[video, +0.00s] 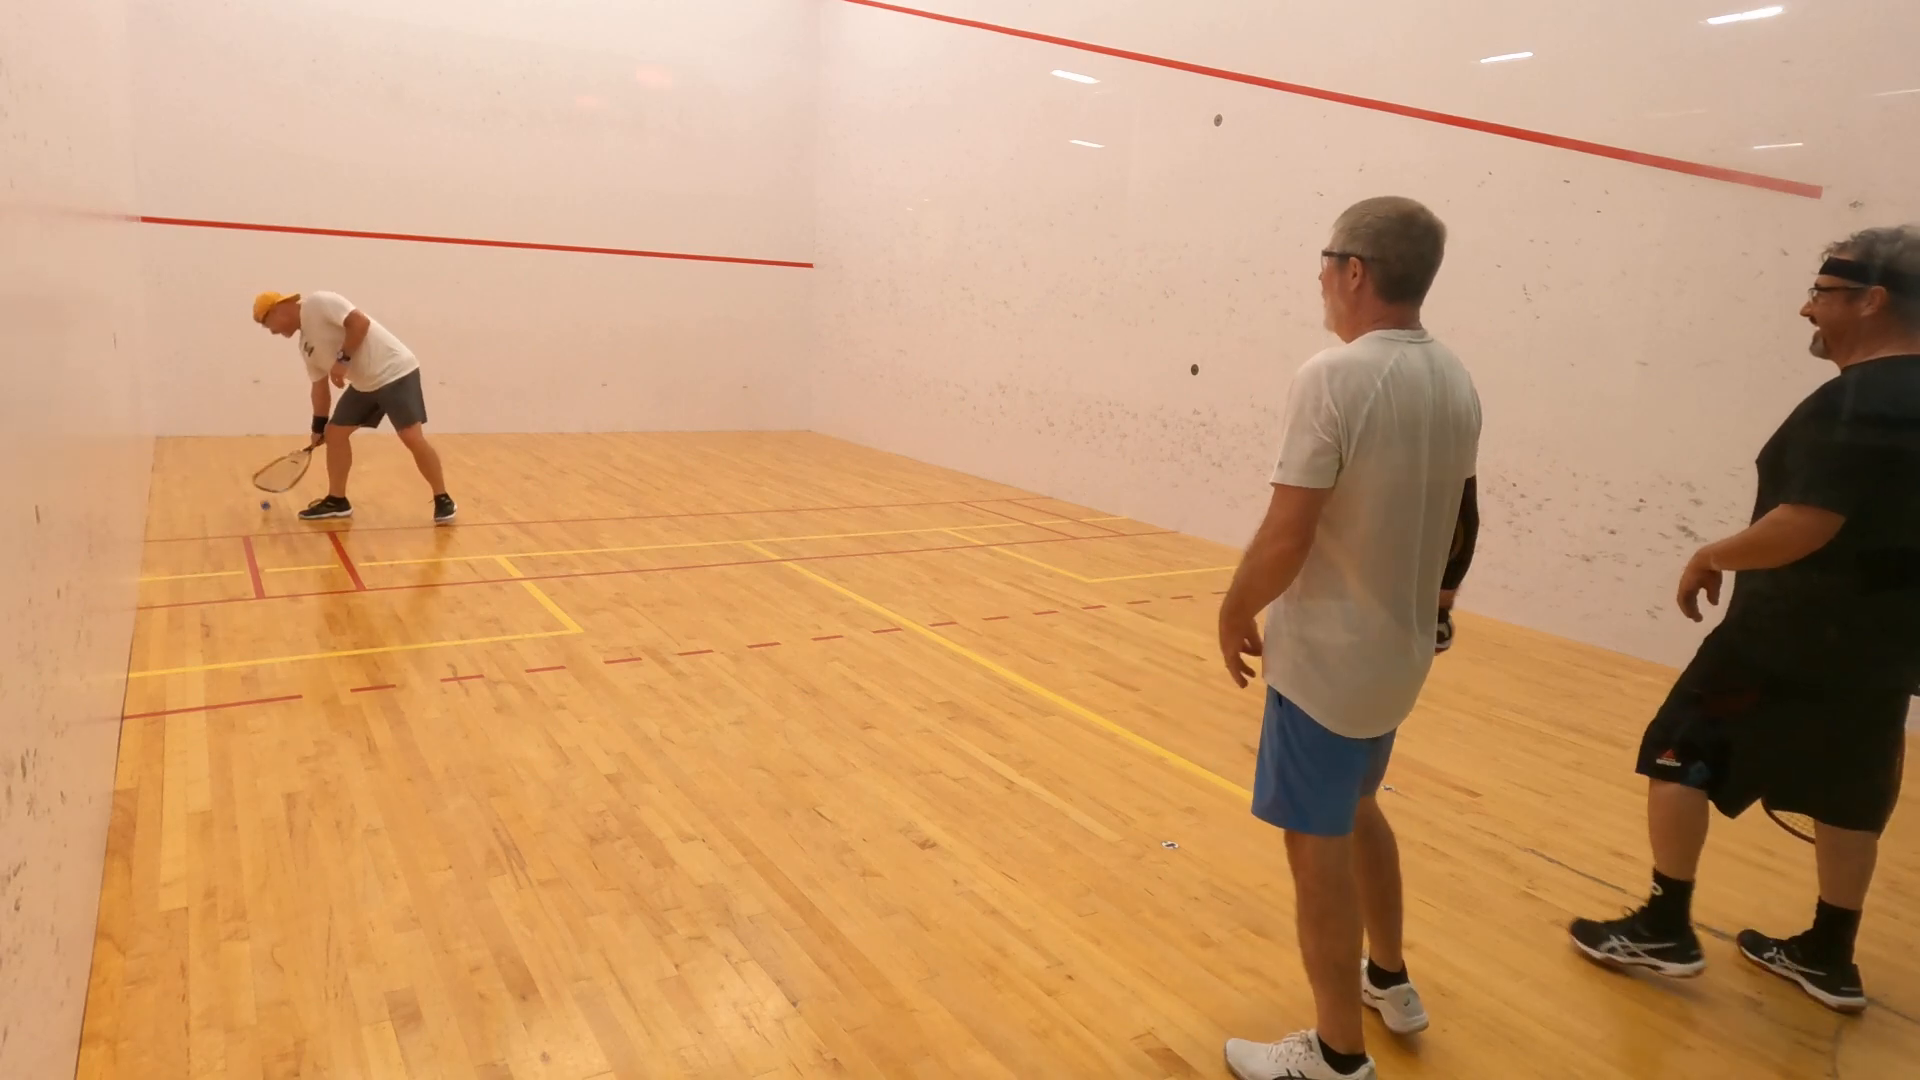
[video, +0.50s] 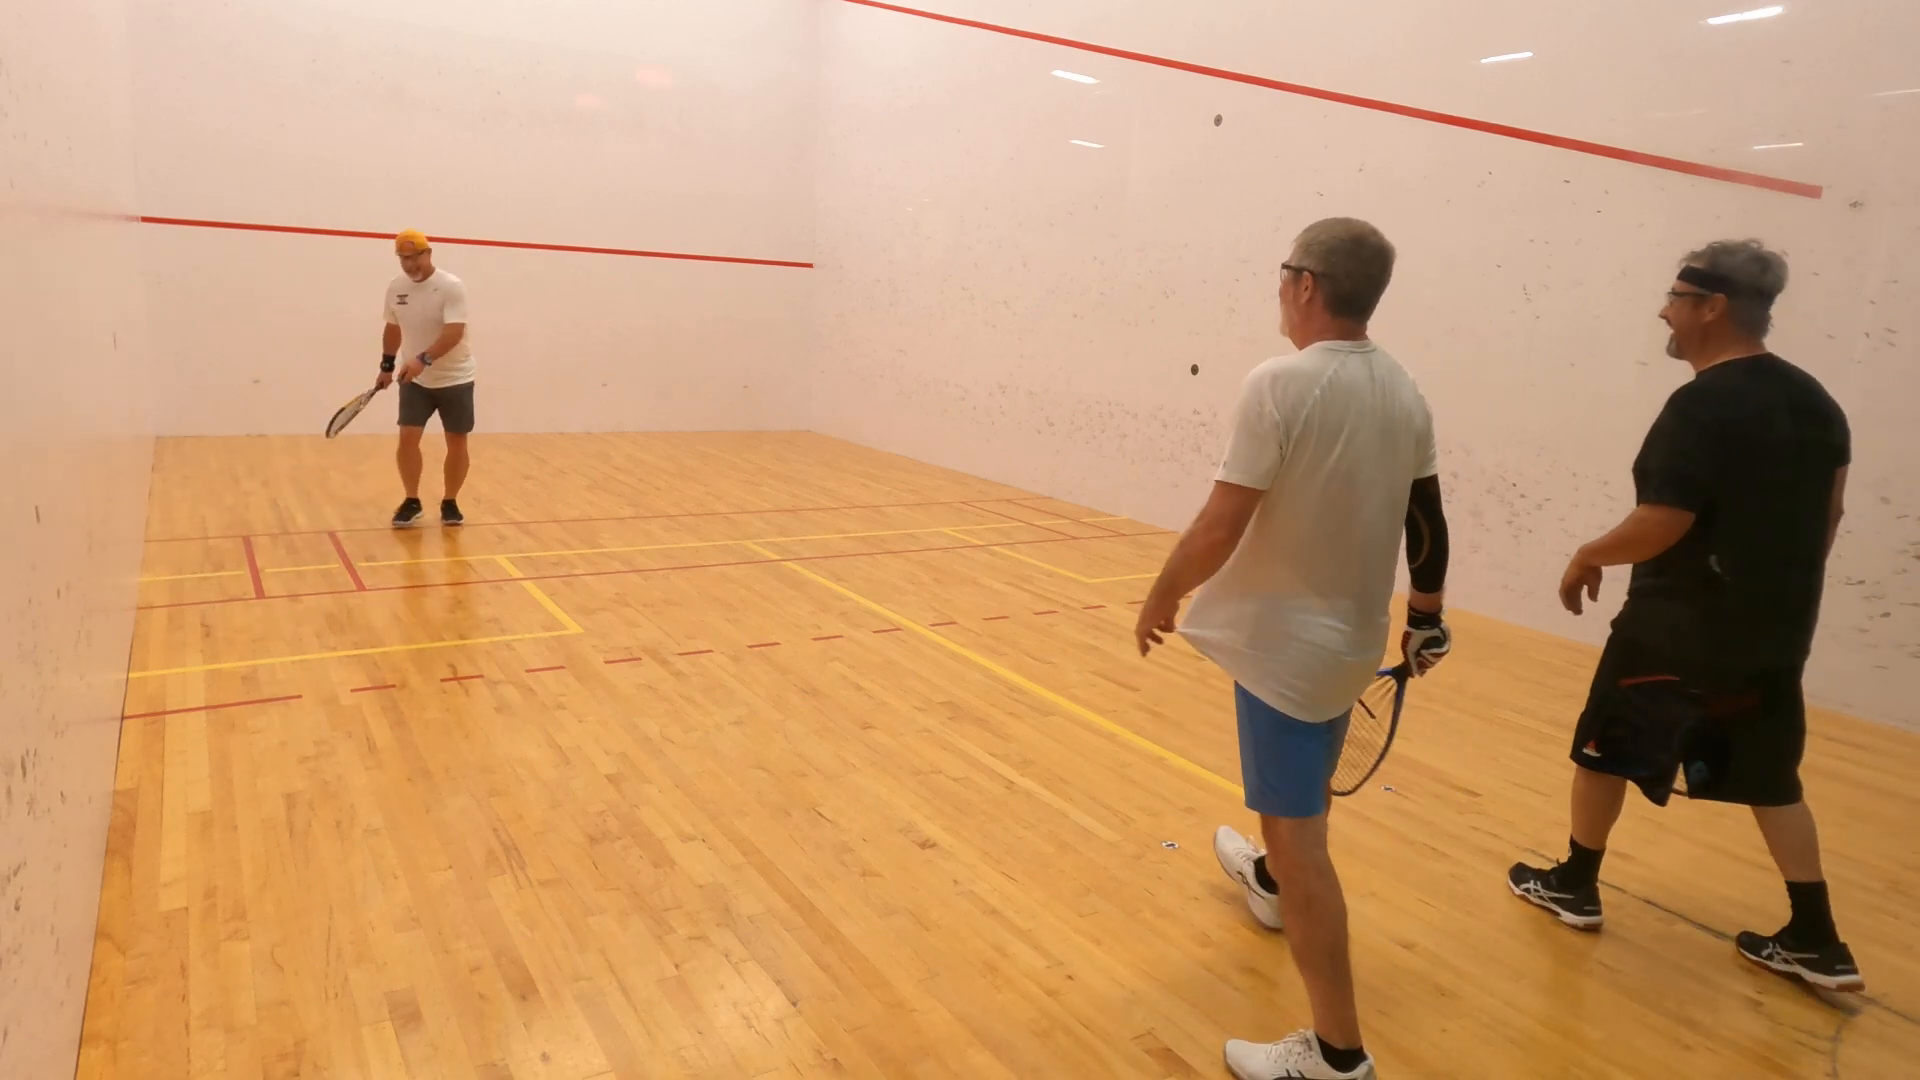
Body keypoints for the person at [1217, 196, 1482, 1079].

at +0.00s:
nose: (1320, 275)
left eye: (1328, 260)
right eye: (1326, 260)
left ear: (1357, 273)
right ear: (1411, 280)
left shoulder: (1335, 378)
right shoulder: (1452, 379)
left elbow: (1289, 530)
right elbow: (1458, 523)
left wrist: (1236, 608)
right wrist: (1430, 605)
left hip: (1331, 663)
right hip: (1400, 654)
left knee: (1318, 846)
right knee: (1357, 798)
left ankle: (1338, 1049)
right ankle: (1388, 974)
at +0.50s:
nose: (1279, 290)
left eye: (1285, 276)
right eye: (1284, 275)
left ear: (1307, 288)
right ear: (1369, 296)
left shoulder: (1281, 385)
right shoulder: (1404, 395)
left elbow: (1222, 523)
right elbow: (1425, 524)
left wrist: (1165, 591)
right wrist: (1427, 615)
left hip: (1287, 651)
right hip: (1355, 642)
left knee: (1297, 846)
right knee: (1301, 754)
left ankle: (1339, 1048)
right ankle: (1277, 876)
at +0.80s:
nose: (1249, 306)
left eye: (1254, 294)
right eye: (1255, 294)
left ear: (1270, 301)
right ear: (1325, 314)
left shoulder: (1243, 366)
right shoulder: (1351, 393)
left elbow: (1213, 486)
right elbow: (1359, 518)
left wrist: (1167, 581)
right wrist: (1347, 604)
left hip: (1246, 615)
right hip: (1320, 619)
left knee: (1181, 778)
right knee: (1267, 741)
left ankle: (1280, 962)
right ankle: (1239, 873)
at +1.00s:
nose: (1214, 321)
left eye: (1218, 309)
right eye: (1219, 310)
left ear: (1233, 311)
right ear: (1284, 322)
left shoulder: (1216, 360)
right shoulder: (1312, 392)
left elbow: (1195, 462)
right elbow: (1323, 521)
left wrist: (1155, 567)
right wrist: (1289, 604)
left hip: (1226, 597)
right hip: (1301, 605)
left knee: (1136, 747)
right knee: (1257, 730)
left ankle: (1132, 942)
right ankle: (1251, 877)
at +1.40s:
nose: (1090, 316)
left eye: (1093, 305)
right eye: (1094, 304)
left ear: (1108, 308)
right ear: (1167, 315)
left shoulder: (1097, 379)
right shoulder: (1207, 390)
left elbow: (1070, 499)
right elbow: (1237, 514)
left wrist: (1045, 605)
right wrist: (1189, 577)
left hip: (1128, 607)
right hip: (1211, 607)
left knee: (1038, 745)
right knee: (1215, 733)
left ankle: (1008, 918)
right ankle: (1246, 875)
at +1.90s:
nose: (1084, 289)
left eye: (1087, 278)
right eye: (1088, 277)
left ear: (1099, 285)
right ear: (1161, 288)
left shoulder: (1090, 369)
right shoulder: (1190, 362)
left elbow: (1055, 493)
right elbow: (1193, 483)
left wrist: (986, 477)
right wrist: (1095, 521)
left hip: (1113, 597)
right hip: (1194, 595)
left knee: (1045, 746)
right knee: (1204, 734)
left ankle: (1009, 918)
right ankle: (1217, 877)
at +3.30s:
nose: (1195, 293)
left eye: (1199, 282)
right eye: (1201, 281)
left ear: (1215, 290)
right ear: (1268, 300)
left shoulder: (1193, 362)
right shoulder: (1287, 376)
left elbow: (1167, 483)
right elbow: (1294, 478)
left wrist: (1123, 521)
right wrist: (1158, 511)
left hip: (1189, 593)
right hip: (1257, 594)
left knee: (1110, 735)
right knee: (1208, 718)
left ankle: (1094, 921)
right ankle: (1210, 876)